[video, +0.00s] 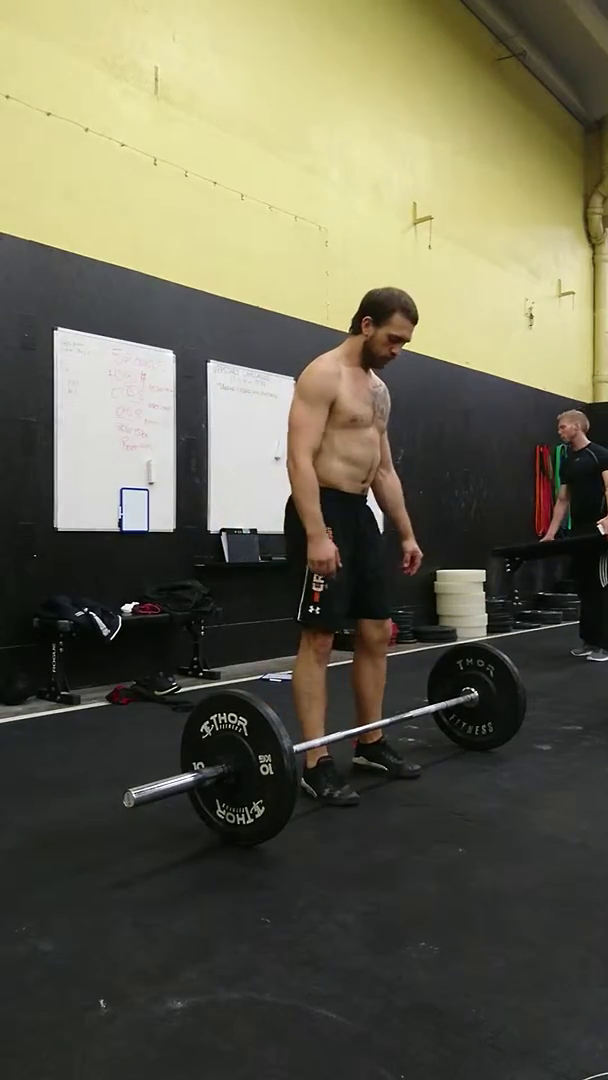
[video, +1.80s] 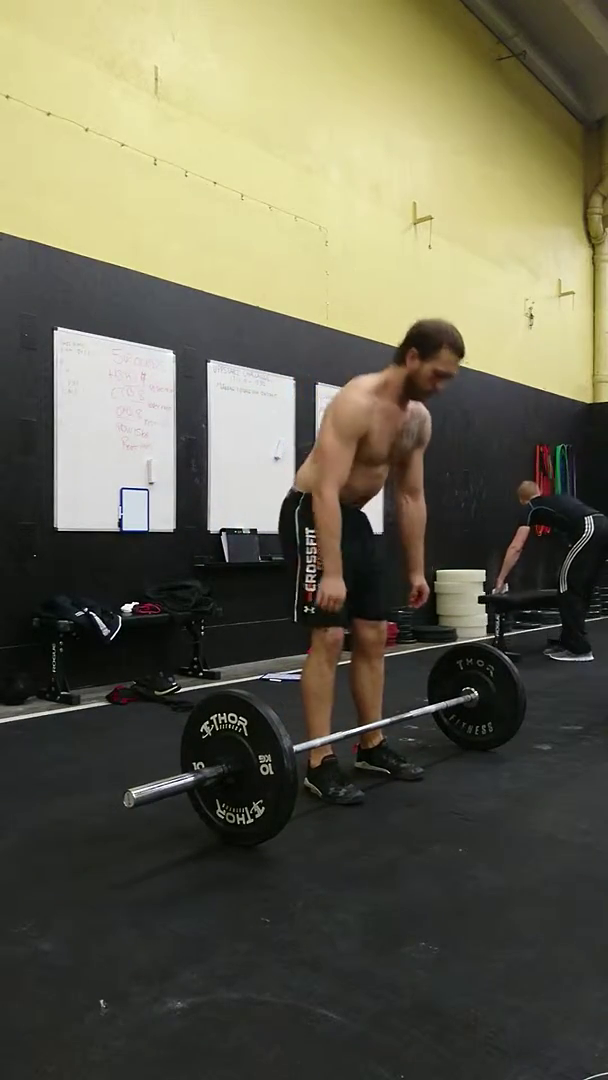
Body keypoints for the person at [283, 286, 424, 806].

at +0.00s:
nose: (398, 351)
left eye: (404, 343)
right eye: (394, 340)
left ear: (396, 337)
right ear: (365, 325)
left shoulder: (379, 388)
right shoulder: (323, 374)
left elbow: (383, 468)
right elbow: (299, 458)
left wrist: (405, 531)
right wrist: (316, 534)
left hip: (363, 516)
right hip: (323, 515)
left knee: (375, 635)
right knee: (318, 640)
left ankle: (371, 742)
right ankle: (316, 761)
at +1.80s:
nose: (441, 386)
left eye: (448, 378)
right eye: (438, 375)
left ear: (440, 369)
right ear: (411, 357)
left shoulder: (418, 419)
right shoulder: (356, 401)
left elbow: (411, 495)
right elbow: (326, 487)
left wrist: (417, 570)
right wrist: (332, 571)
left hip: (355, 516)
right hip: (312, 512)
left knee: (372, 636)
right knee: (328, 638)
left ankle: (371, 746)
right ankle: (319, 761)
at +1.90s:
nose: (453, 425)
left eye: (459, 418)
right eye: (451, 414)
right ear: (425, 395)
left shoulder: (425, 450)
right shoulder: (365, 433)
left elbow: (413, 525)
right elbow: (338, 523)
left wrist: (413, 601)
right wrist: (337, 607)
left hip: (351, 526)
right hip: (305, 520)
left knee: (373, 635)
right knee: (328, 638)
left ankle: (371, 744)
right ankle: (320, 761)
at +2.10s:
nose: (459, 501)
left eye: (467, 495)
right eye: (459, 491)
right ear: (437, 468)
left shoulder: (433, 513)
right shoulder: (375, 498)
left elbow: (419, 586)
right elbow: (346, 593)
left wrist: (413, 659)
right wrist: (336, 678)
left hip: (352, 545)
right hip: (298, 536)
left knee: (382, 636)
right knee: (328, 643)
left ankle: (373, 746)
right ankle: (320, 761)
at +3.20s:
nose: (463, 435)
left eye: (469, 426)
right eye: (457, 422)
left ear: (471, 424)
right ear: (427, 410)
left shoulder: (442, 476)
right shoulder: (378, 462)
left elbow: (427, 554)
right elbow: (352, 559)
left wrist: (418, 628)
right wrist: (337, 639)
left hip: (356, 538)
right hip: (308, 529)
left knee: (385, 636)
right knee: (330, 646)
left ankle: (373, 747)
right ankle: (319, 763)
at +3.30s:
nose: (444, 374)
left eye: (448, 365)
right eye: (436, 363)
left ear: (444, 368)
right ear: (404, 360)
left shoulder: (433, 431)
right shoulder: (367, 421)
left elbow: (427, 512)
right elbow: (355, 517)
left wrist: (423, 587)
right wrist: (345, 595)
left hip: (363, 528)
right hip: (315, 523)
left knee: (389, 636)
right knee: (338, 638)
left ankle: (373, 746)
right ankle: (321, 762)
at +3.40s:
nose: (405, 336)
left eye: (408, 328)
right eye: (397, 326)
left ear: (404, 331)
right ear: (366, 328)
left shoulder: (408, 386)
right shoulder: (343, 381)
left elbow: (419, 466)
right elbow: (350, 468)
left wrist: (431, 539)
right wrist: (354, 546)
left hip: (382, 520)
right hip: (337, 519)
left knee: (407, 639)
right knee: (358, 643)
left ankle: (377, 744)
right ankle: (326, 760)